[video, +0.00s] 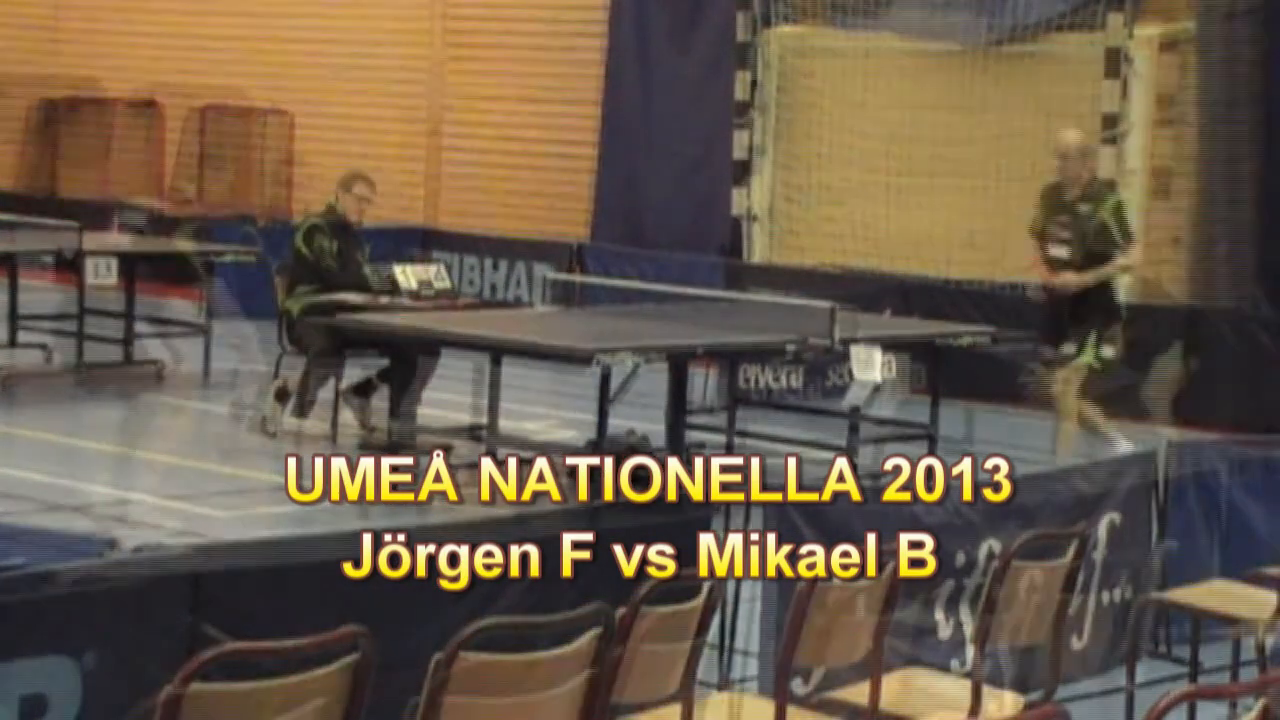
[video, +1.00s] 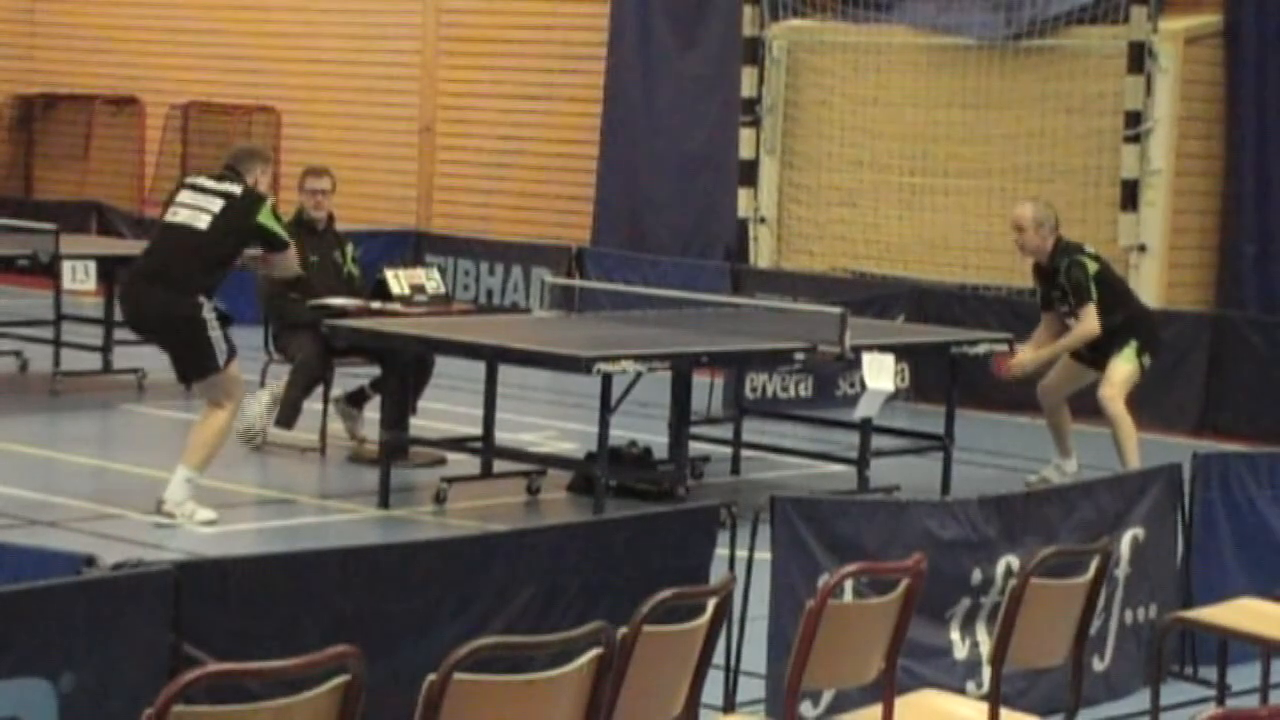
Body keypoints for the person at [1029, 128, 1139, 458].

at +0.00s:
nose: (1063, 166)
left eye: (1070, 159)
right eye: (1060, 158)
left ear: (1088, 161)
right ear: (1056, 160)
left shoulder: (1106, 196)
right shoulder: (1051, 195)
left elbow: (1131, 254)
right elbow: (1039, 238)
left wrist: (1082, 279)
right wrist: (1050, 273)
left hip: (1097, 308)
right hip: (1060, 307)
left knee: (1067, 385)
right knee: (1063, 389)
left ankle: (1061, 466)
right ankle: (1117, 444)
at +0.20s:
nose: (1027, 260)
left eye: (1032, 251)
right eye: (1026, 252)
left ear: (1058, 252)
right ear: (1053, 254)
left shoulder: (1087, 282)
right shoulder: (1054, 285)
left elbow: (1097, 349)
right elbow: (1065, 343)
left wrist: (1042, 375)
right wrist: (1035, 374)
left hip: (1155, 344)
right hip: (1119, 348)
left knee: (1129, 396)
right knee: (1062, 387)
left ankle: (1151, 482)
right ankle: (1078, 467)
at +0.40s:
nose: (1022, 257)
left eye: (1027, 249)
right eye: (1020, 250)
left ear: (1052, 250)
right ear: (1047, 251)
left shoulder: (1081, 280)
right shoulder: (1049, 283)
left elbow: (1090, 346)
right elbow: (1060, 340)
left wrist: (1037, 371)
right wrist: (1031, 371)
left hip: (1146, 344)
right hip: (1111, 347)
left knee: (1120, 396)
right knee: (1056, 387)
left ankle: (1142, 481)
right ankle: (1071, 465)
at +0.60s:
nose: (1016, 253)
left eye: (1021, 245)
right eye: (1015, 245)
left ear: (1047, 247)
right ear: (1041, 248)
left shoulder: (1075, 276)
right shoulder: (1044, 279)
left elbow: (1084, 342)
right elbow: (1054, 334)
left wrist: (1027, 366)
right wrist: (1027, 369)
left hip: (1139, 340)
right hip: (1104, 343)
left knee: (1113, 394)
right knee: (1050, 387)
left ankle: (1136, 478)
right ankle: (1066, 462)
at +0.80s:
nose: (1015, 249)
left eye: (1020, 241)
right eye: (1014, 241)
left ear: (1046, 241)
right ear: (1039, 244)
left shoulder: (1075, 272)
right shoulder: (1043, 275)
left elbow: (1083, 338)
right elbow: (1053, 331)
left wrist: (1027, 363)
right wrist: (1026, 364)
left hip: (1136, 338)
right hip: (1102, 340)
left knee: (1111, 395)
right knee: (1049, 387)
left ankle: (1135, 478)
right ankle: (1066, 464)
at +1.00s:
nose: (1015, 239)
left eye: (1021, 231)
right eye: (1014, 231)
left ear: (1047, 233)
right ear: (1039, 234)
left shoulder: (1075, 263)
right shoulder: (1042, 267)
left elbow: (1091, 327)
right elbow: (1051, 323)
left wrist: (1036, 359)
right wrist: (1026, 354)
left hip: (1133, 334)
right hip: (1096, 337)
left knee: (1110, 395)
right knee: (1049, 392)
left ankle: (1135, 479)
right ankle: (1066, 463)